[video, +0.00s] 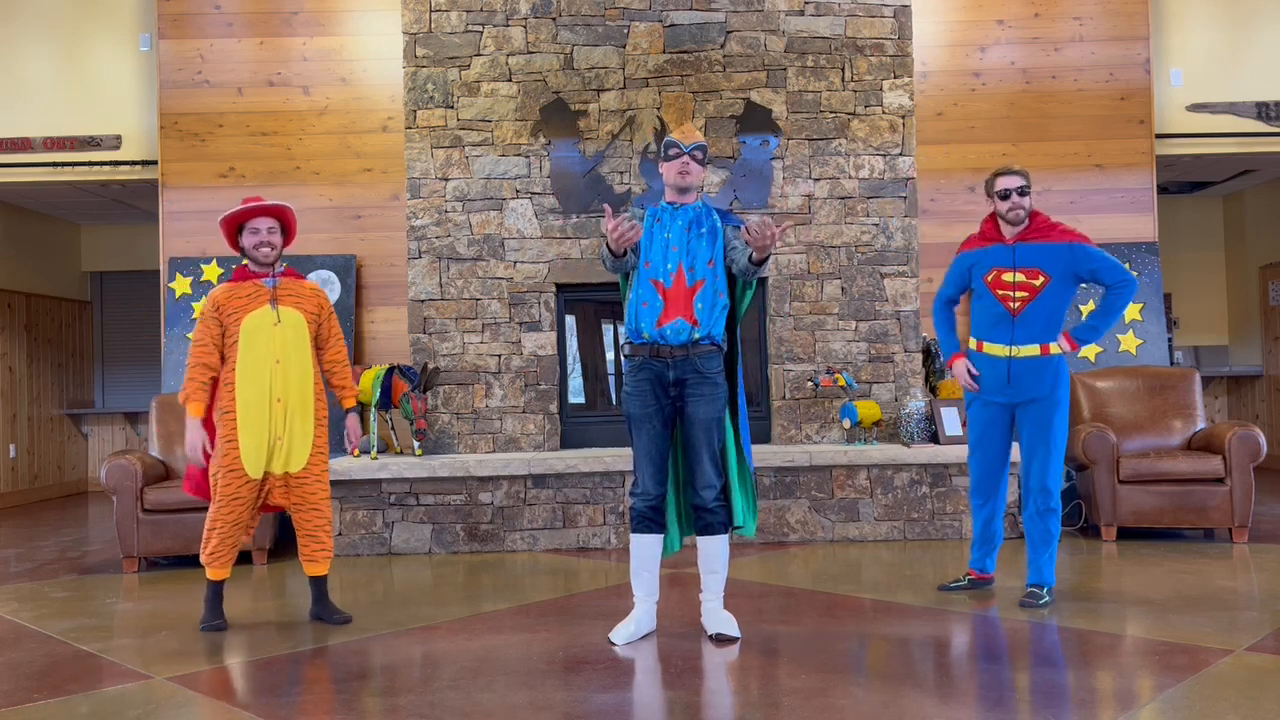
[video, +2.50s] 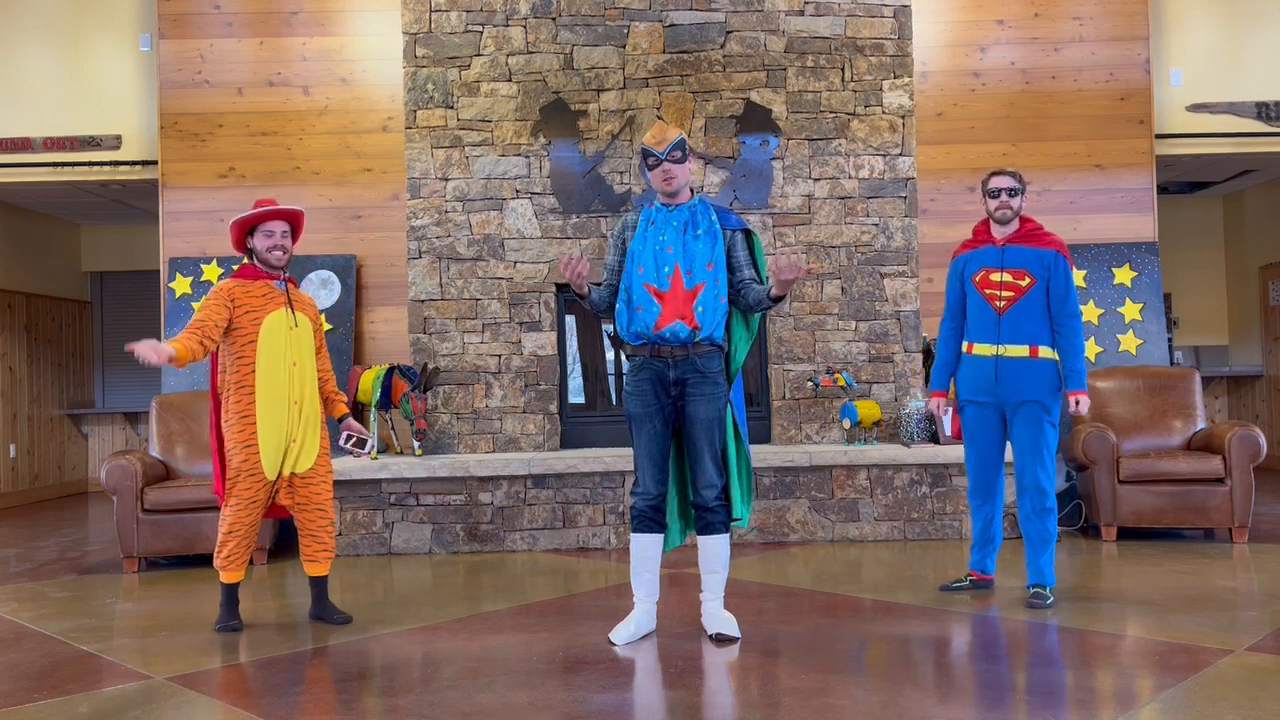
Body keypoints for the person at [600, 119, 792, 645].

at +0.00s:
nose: (685, 162)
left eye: (695, 156)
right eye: (675, 154)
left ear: (706, 169)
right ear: (659, 165)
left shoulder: (722, 221)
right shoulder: (639, 217)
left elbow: (743, 266)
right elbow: (620, 262)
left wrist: (760, 252)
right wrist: (616, 247)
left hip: (703, 363)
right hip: (644, 364)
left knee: (707, 484)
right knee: (648, 485)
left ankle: (713, 607)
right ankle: (644, 609)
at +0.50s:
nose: (683, 163)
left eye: (694, 156)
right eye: (673, 156)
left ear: (707, 168)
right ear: (658, 165)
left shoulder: (724, 220)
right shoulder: (639, 218)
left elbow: (744, 272)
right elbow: (621, 269)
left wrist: (759, 252)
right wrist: (616, 247)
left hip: (705, 364)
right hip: (646, 365)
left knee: (709, 484)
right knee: (649, 486)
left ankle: (714, 607)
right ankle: (645, 608)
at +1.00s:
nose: (681, 164)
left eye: (692, 157)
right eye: (671, 157)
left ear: (706, 168)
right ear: (657, 166)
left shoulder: (723, 220)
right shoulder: (640, 220)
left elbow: (745, 271)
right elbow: (619, 271)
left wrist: (758, 250)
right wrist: (613, 249)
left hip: (705, 365)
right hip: (647, 366)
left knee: (709, 485)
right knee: (650, 487)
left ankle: (713, 608)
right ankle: (644, 609)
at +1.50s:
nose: (673, 162)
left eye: (684, 155)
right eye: (663, 156)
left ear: (701, 167)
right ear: (651, 168)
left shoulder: (722, 221)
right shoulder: (635, 220)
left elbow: (744, 285)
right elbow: (608, 292)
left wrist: (759, 259)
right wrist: (608, 269)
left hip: (704, 365)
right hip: (646, 366)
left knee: (710, 485)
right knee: (650, 487)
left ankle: (714, 607)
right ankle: (644, 608)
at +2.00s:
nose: (656, 167)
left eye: (668, 156)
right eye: (649, 161)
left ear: (692, 164)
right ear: (644, 172)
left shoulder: (724, 222)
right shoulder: (631, 224)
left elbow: (747, 294)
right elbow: (608, 304)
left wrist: (775, 283)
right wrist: (595, 280)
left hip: (703, 365)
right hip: (643, 366)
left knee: (709, 485)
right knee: (648, 487)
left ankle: (713, 608)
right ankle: (644, 609)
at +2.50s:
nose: (667, 170)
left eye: (676, 159)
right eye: (656, 163)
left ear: (693, 164)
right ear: (645, 171)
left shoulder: (724, 223)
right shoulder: (632, 224)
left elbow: (748, 297)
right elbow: (606, 299)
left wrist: (777, 288)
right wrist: (582, 288)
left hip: (703, 365)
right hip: (644, 366)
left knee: (709, 486)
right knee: (648, 489)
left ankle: (714, 608)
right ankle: (644, 610)